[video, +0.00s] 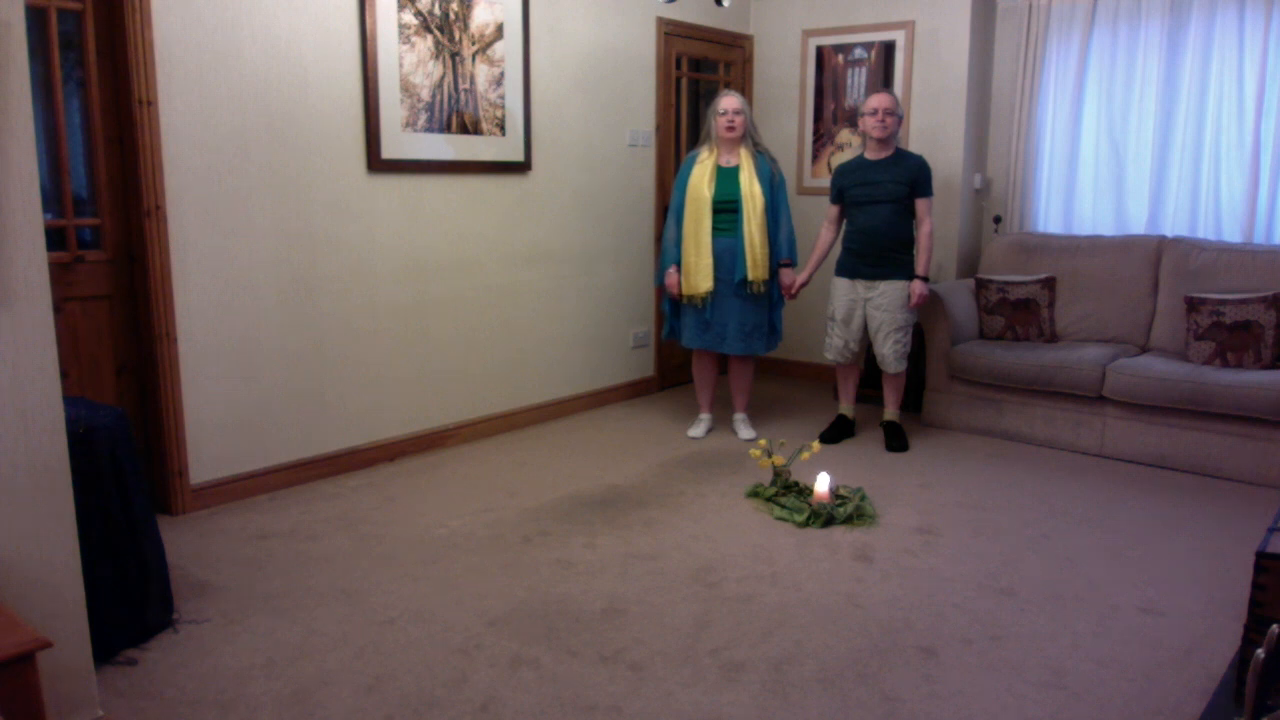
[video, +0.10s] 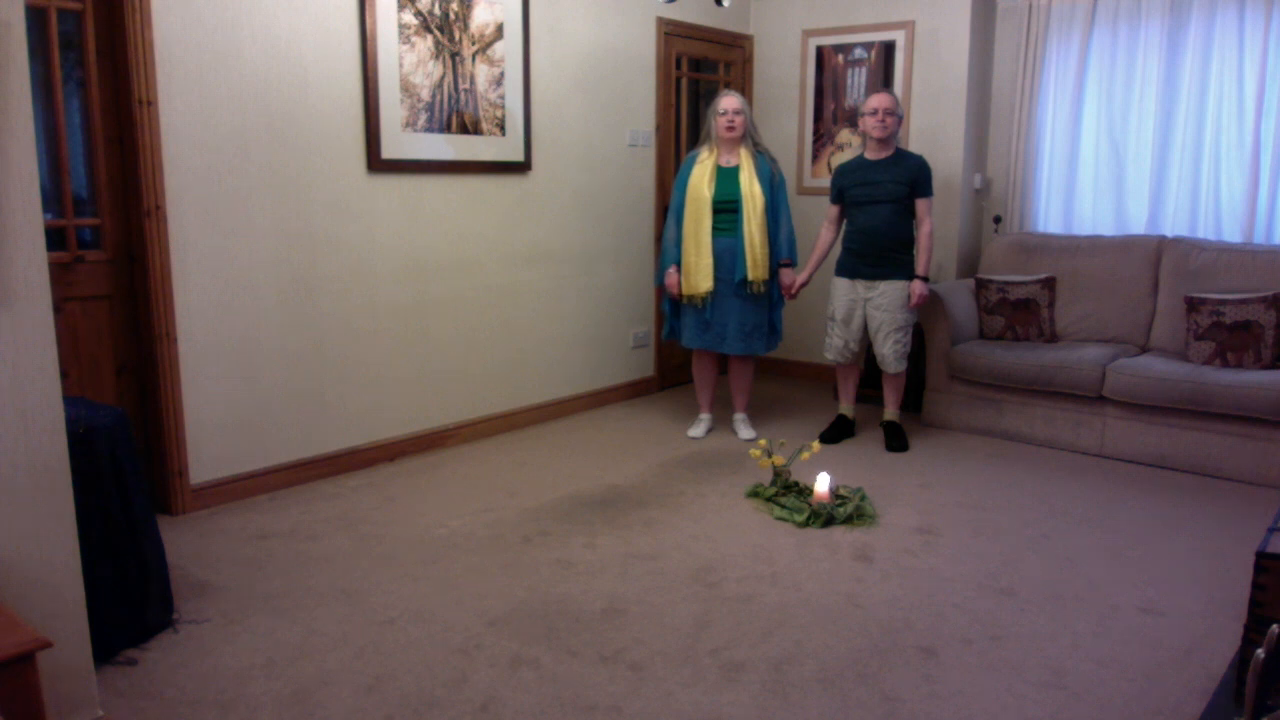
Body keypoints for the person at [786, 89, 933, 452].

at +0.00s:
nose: (881, 118)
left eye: (888, 113)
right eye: (873, 113)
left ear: (900, 121)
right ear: (860, 122)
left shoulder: (914, 166)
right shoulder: (844, 172)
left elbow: (924, 224)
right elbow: (830, 227)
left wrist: (921, 276)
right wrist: (806, 273)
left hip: (895, 279)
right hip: (849, 276)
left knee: (893, 355)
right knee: (844, 349)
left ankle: (892, 419)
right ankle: (845, 415)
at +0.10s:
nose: (881, 118)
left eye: (888, 113)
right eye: (873, 113)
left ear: (900, 121)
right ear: (860, 122)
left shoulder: (914, 166)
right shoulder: (844, 172)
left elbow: (924, 224)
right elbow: (830, 227)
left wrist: (921, 276)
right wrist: (806, 273)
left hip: (895, 278)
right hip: (849, 276)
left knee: (893, 355)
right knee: (844, 349)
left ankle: (892, 419)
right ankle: (845, 415)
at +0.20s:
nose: (881, 118)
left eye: (888, 113)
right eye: (873, 113)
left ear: (900, 121)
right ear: (861, 122)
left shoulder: (914, 166)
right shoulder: (844, 172)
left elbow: (924, 224)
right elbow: (830, 227)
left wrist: (921, 276)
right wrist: (806, 273)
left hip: (895, 278)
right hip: (850, 276)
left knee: (893, 355)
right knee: (844, 349)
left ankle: (892, 419)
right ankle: (845, 415)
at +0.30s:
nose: (882, 119)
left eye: (889, 113)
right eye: (874, 114)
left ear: (900, 121)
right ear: (861, 122)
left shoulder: (915, 166)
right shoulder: (845, 172)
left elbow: (924, 224)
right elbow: (831, 226)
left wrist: (921, 276)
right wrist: (806, 273)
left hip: (895, 278)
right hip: (850, 276)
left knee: (893, 355)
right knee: (844, 349)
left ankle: (892, 419)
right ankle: (845, 415)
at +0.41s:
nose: (882, 119)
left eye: (889, 113)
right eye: (874, 114)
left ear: (901, 121)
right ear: (861, 122)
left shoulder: (915, 166)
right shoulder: (845, 172)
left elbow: (924, 224)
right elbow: (831, 226)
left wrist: (921, 276)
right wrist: (806, 273)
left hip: (895, 278)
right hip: (850, 276)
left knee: (893, 355)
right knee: (845, 349)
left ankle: (892, 419)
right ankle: (845, 415)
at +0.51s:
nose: (882, 119)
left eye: (889, 113)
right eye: (874, 114)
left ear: (901, 121)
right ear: (861, 122)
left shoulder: (915, 167)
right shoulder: (845, 172)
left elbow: (925, 224)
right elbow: (831, 227)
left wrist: (921, 276)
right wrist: (806, 273)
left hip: (895, 278)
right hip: (850, 276)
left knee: (893, 355)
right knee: (845, 349)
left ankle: (892, 419)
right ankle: (845, 415)